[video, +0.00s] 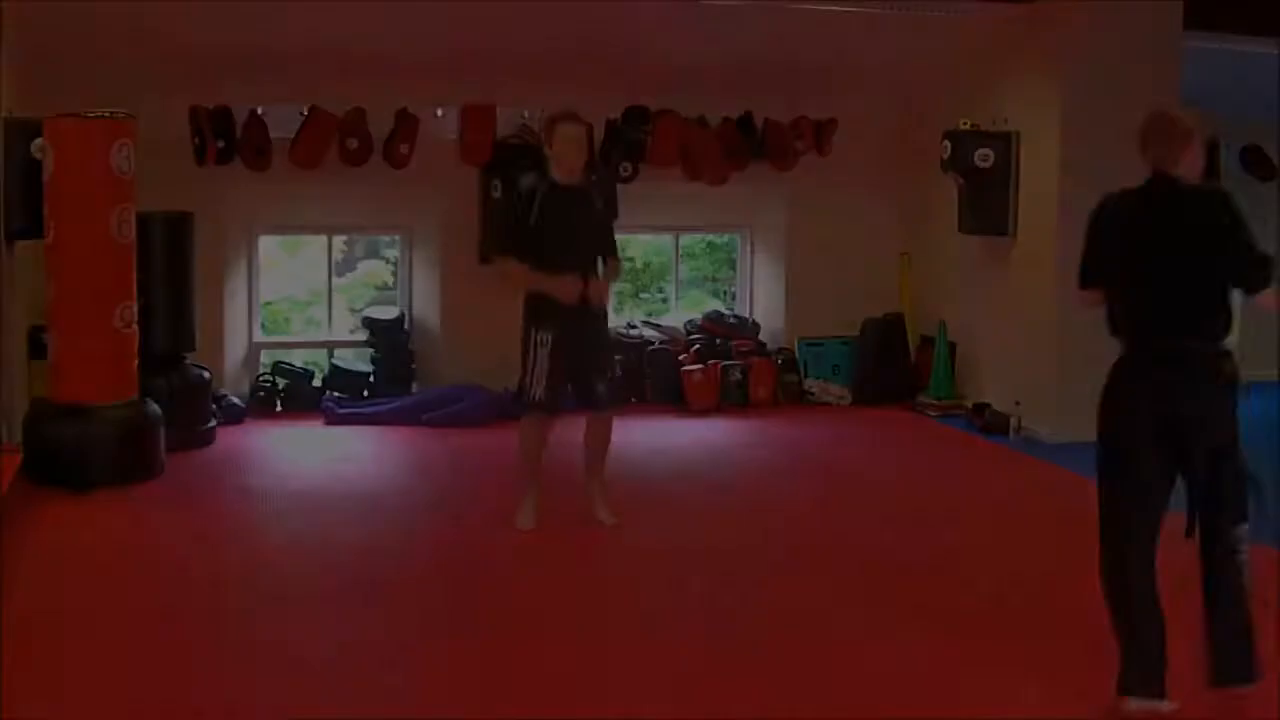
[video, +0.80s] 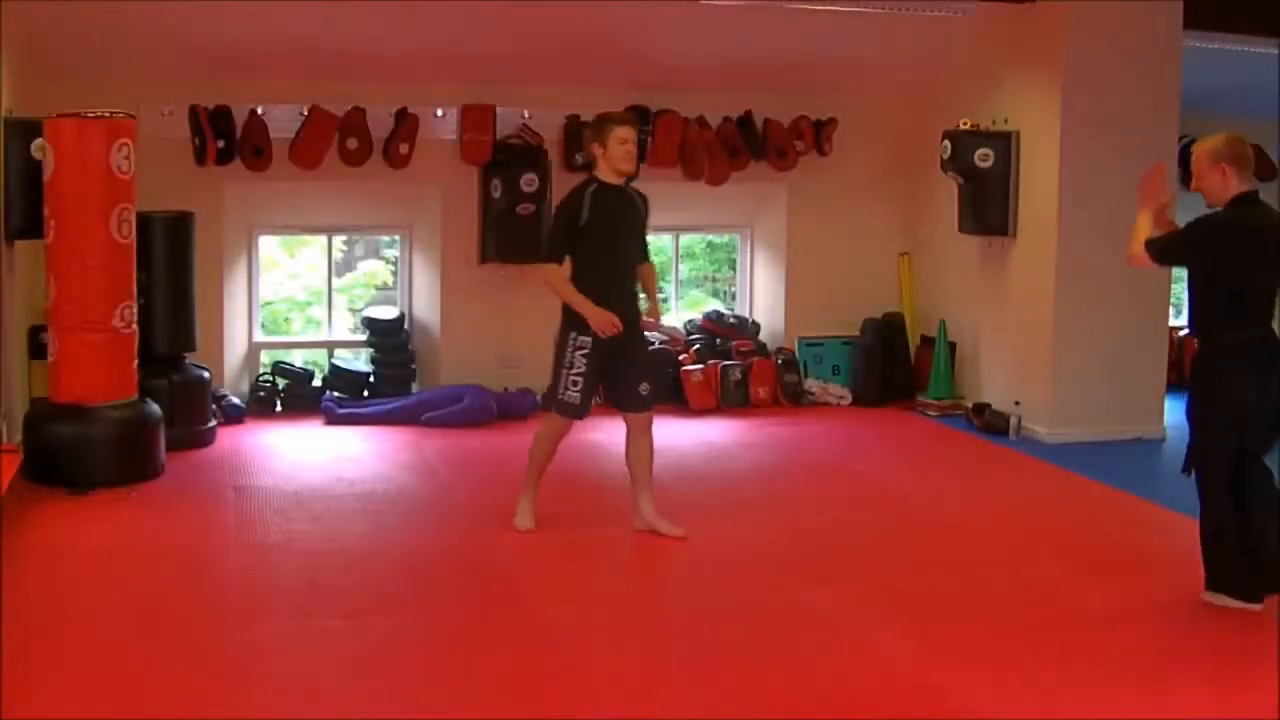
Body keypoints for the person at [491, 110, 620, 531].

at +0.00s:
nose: (572, 152)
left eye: (579, 143)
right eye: (564, 142)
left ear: (588, 149)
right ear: (548, 146)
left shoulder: (595, 198)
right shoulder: (528, 195)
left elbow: (612, 257)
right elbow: (507, 264)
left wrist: (604, 282)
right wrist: (552, 284)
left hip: (589, 312)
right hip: (545, 313)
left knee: (601, 405)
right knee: (537, 408)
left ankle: (596, 489)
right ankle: (529, 496)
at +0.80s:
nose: (633, 151)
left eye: (635, 144)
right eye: (623, 143)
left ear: (636, 150)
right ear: (597, 149)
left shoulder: (636, 202)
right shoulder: (577, 201)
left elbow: (641, 259)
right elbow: (550, 274)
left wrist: (652, 300)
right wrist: (592, 312)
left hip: (627, 326)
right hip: (584, 326)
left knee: (640, 418)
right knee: (560, 418)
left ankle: (645, 510)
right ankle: (527, 497)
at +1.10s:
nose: (671, 149)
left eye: (671, 142)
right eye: (662, 142)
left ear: (662, 148)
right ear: (635, 147)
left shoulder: (664, 199)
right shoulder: (609, 195)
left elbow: (667, 263)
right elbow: (573, 261)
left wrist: (684, 317)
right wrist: (577, 331)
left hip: (648, 321)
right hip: (611, 321)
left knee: (647, 421)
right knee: (612, 423)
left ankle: (646, 513)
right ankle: (578, 519)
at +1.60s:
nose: (715, 180)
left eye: (717, 172)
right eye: (712, 170)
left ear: (684, 165)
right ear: (684, 162)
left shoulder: (661, 206)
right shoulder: (644, 207)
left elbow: (631, 280)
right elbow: (600, 277)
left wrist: (640, 333)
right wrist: (596, 347)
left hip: (632, 332)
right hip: (616, 336)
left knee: (641, 428)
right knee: (622, 434)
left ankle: (625, 528)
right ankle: (614, 543)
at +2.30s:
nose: (717, 163)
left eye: (717, 154)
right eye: (711, 153)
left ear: (686, 155)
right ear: (683, 153)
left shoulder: (669, 201)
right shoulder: (650, 201)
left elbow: (646, 278)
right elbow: (612, 278)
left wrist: (658, 331)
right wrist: (636, 342)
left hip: (649, 331)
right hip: (629, 333)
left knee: (657, 433)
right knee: (635, 436)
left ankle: (627, 529)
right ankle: (616, 542)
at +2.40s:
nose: (708, 163)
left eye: (709, 154)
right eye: (702, 152)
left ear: (674, 154)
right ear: (673, 151)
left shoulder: (662, 199)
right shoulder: (650, 201)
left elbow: (650, 285)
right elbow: (646, 289)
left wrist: (690, 320)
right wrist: (699, 321)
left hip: (649, 327)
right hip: (631, 329)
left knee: (677, 426)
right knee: (635, 435)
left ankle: (631, 522)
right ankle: (616, 543)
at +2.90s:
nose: (719, 159)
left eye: (720, 151)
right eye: (711, 150)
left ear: (692, 156)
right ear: (683, 152)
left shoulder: (676, 197)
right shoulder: (671, 199)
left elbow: (673, 277)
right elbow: (693, 279)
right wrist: (758, 281)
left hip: (675, 329)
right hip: (656, 331)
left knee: (695, 427)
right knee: (657, 433)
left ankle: (691, 524)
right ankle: (621, 539)